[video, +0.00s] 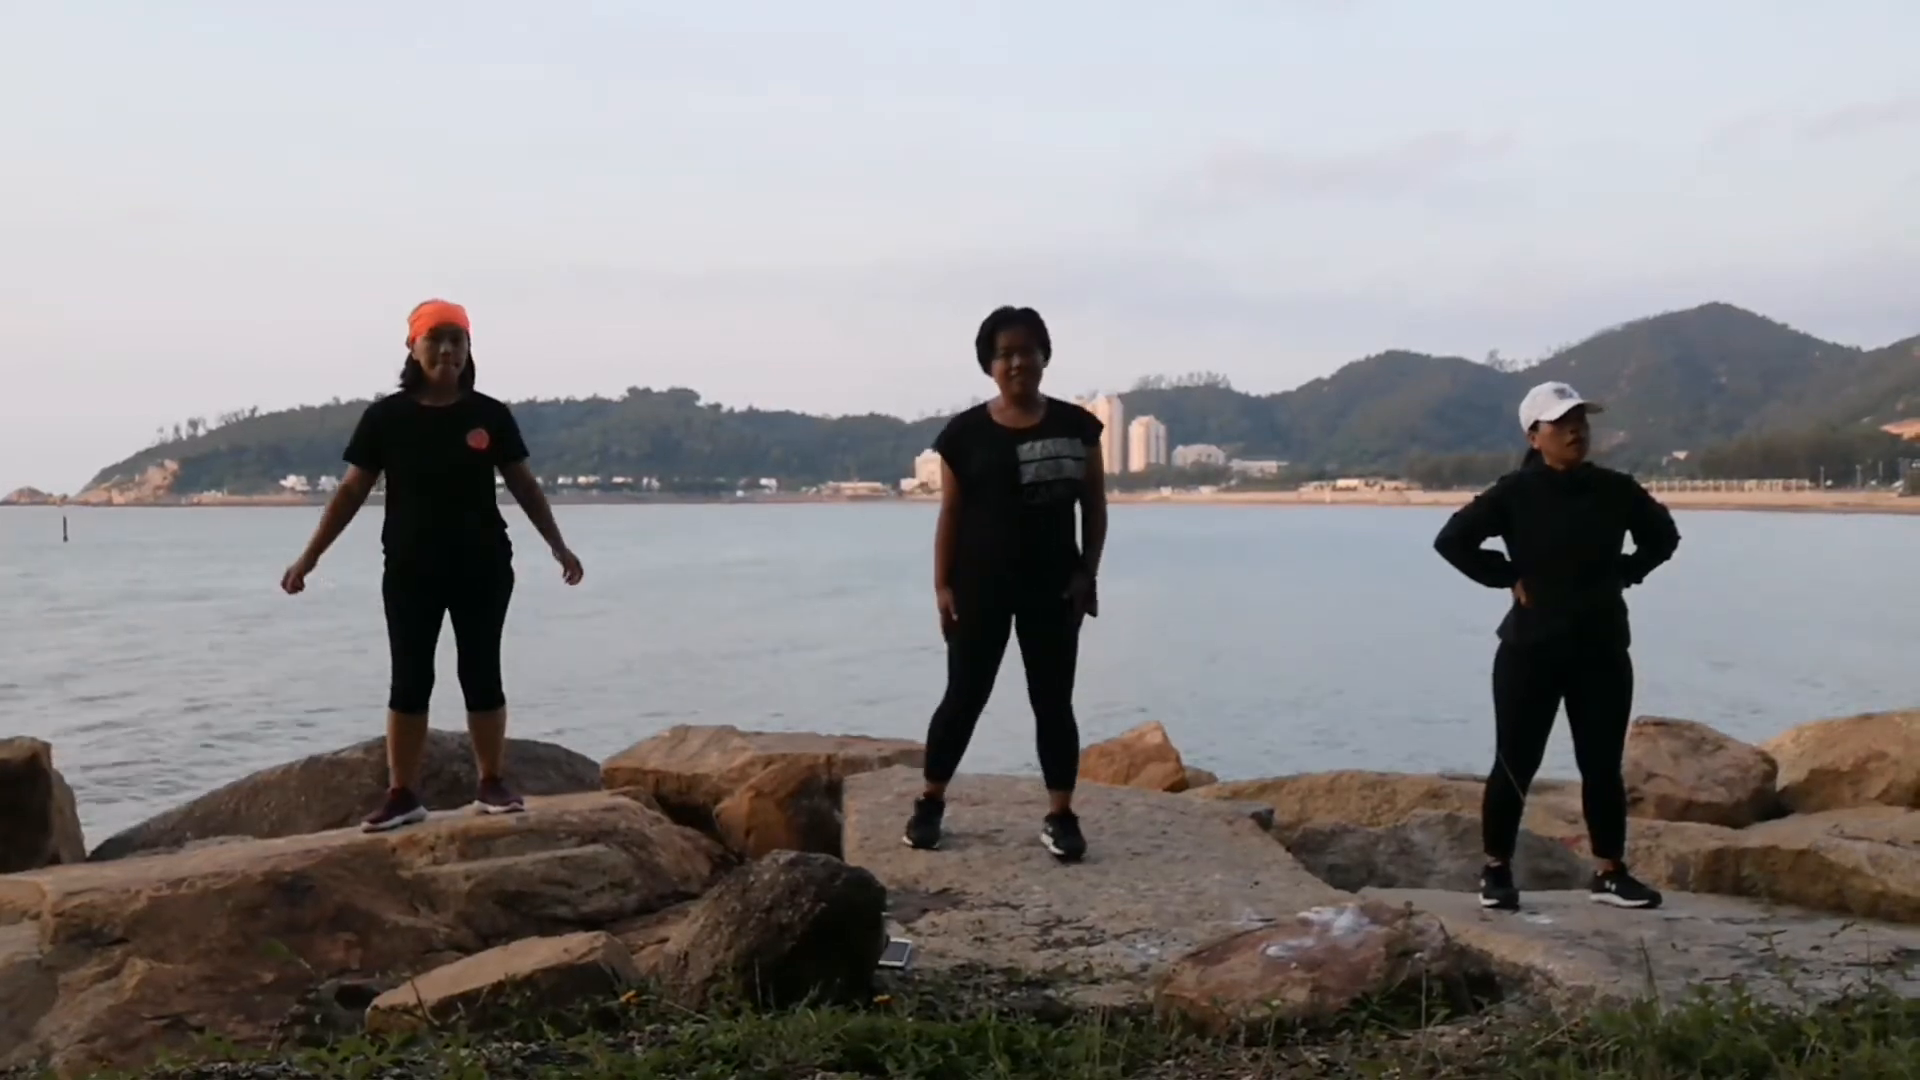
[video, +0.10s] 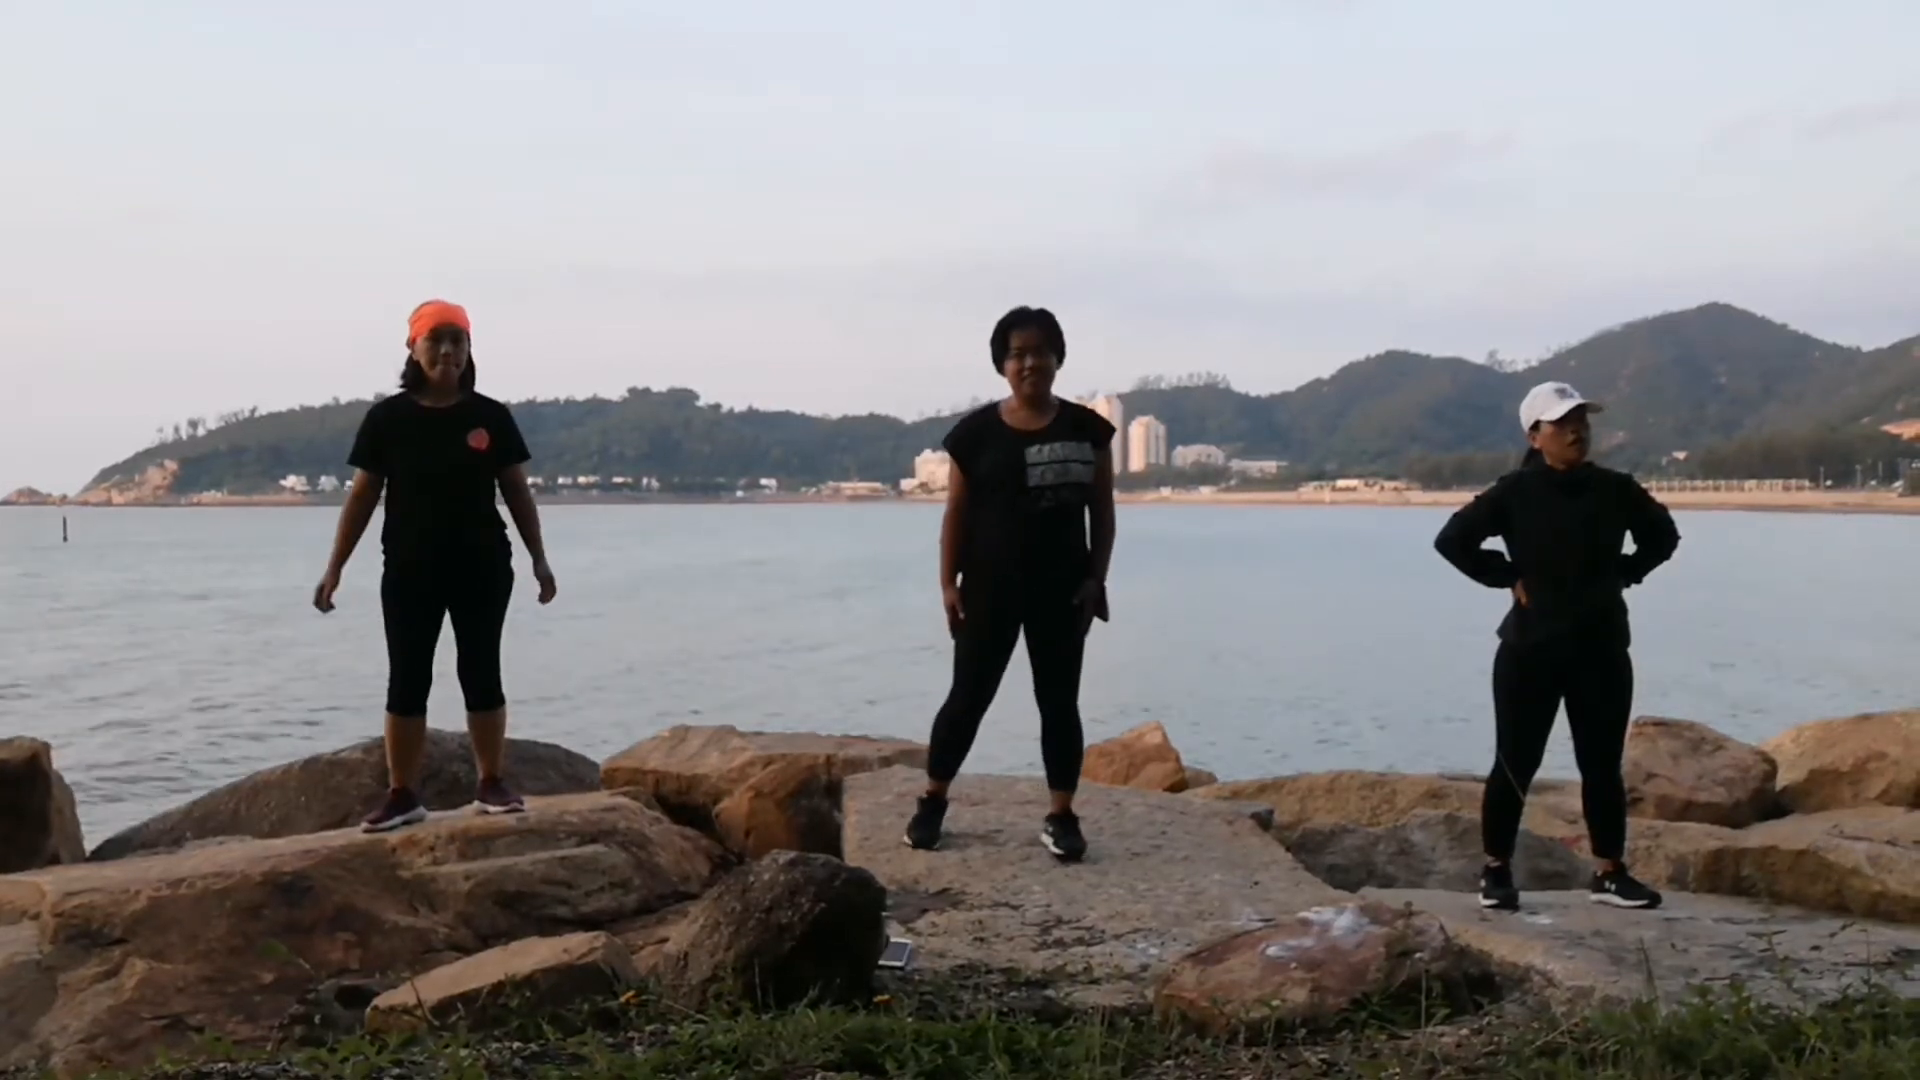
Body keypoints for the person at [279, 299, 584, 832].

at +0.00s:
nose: (446, 348)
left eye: (455, 339)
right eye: (434, 339)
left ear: (468, 349)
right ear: (414, 348)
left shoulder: (490, 417)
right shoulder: (385, 417)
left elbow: (522, 484)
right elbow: (351, 492)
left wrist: (557, 545)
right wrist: (307, 558)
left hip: (480, 569)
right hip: (411, 571)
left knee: (482, 677)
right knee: (409, 683)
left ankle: (491, 784)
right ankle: (402, 793)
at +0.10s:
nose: (447, 348)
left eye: (456, 339)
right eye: (436, 339)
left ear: (468, 349)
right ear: (414, 349)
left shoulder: (491, 417)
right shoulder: (387, 417)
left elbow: (517, 493)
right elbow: (362, 495)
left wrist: (539, 559)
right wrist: (333, 568)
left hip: (480, 570)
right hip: (410, 572)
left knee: (482, 677)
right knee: (406, 684)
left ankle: (491, 784)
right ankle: (402, 794)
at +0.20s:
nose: (447, 350)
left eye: (456, 340)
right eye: (436, 341)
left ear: (468, 349)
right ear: (414, 349)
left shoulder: (491, 418)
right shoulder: (384, 418)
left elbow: (511, 493)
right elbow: (371, 497)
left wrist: (509, 553)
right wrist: (373, 565)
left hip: (477, 570)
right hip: (409, 571)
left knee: (482, 676)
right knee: (403, 684)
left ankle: (492, 783)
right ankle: (401, 793)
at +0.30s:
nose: (447, 349)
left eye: (455, 339)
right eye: (435, 339)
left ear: (467, 347)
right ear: (413, 348)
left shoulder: (490, 414)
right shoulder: (384, 416)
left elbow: (509, 484)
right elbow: (373, 493)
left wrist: (482, 529)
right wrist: (410, 539)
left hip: (480, 562)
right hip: (409, 564)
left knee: (481, 674)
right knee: (408, 680)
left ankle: (491, 783)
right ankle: (401, 793)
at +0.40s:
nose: (446, 348)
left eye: (454, 338)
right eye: (434, 339)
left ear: (466, 347)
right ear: (412, 349)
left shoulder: (490, 413)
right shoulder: (385, 415)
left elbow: (510, 482)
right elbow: (373, 492)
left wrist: (471, 510)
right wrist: (422, 521)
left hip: (479, 562)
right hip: (410, 564)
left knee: (480, 673)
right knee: (409, 678)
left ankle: (491, 783)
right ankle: (400, 793)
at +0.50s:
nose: (446, 348)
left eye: (454, 338)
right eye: (434, 339)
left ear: (465, 347)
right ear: (412, 349)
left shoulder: (490, 414)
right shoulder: (384, 416)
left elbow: (511, 484)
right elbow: (372, 493)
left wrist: (475, 517)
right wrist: (416, 531)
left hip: (479, 563)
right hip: (409, 565)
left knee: (480, 675)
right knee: (408, 680)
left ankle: (491, 783)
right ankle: (400, 793)